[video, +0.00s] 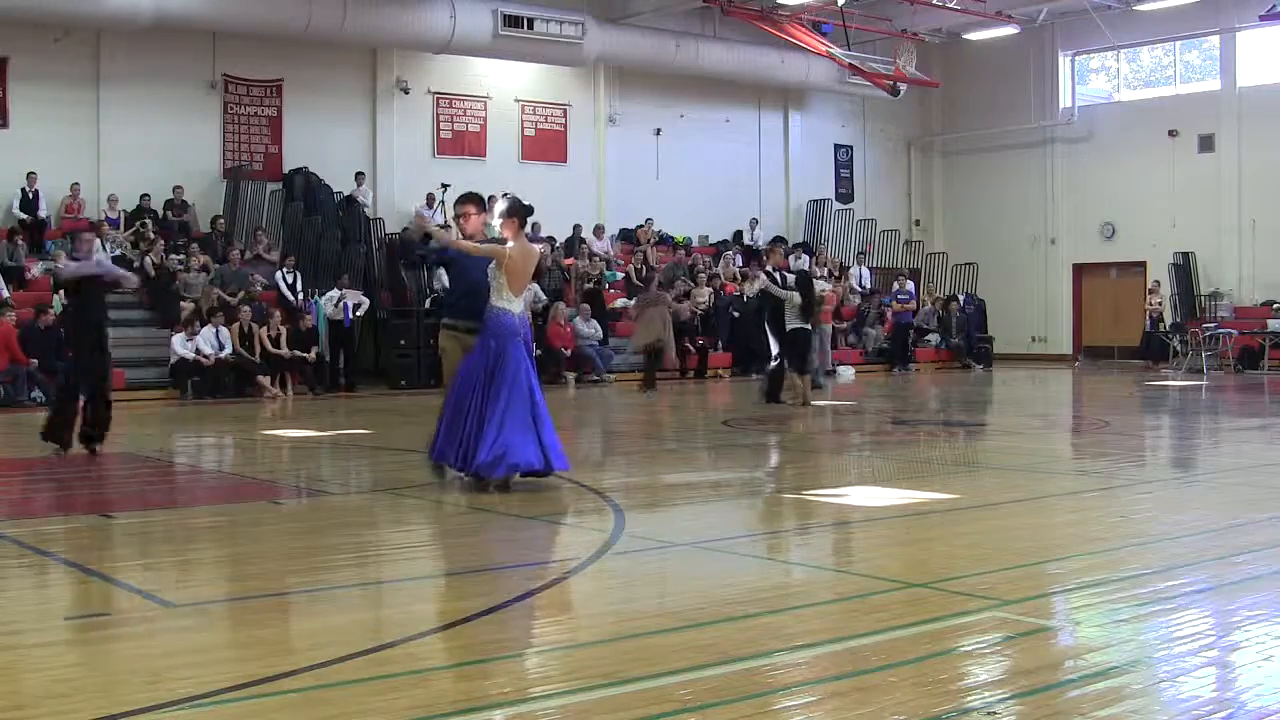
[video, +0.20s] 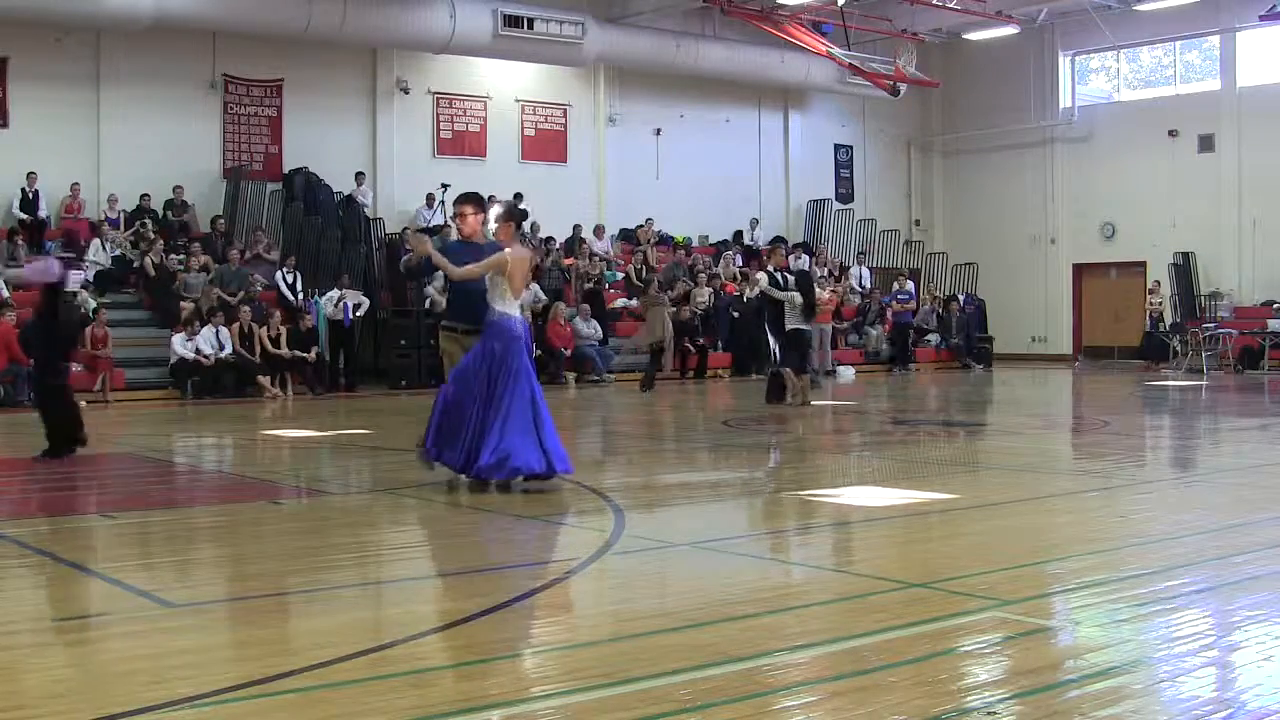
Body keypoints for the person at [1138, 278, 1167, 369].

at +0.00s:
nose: (1153, 288)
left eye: (1155, 286)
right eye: (1152, 286)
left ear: (1159, 287)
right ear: (1151, 287)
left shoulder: (1162, 297)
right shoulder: (1149, 297)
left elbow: (1162, 308)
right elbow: (1146, 306)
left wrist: (1151, 308)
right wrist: (1156, 307)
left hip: (1159, 318)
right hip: (1150, 318)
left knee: (1158, 338)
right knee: (1149, 337)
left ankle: (1156, 360)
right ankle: (1148, 360)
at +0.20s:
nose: (1154, 288)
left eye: (1156, 286)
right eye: (1153, 286)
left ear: (1159, 287)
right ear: (1152, 287)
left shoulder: (1162, 296)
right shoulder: (1149, 296)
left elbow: (1162, 308)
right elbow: (1146, 306)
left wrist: (1152, 309)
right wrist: (1157, 307)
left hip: (1159, 318)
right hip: (1151, 318)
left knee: (1159, 338)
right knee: (1150, 338)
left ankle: (1157, 360)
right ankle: (1150, 360)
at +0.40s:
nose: (1154, 288)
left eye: (1156, 286)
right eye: (1153, 286)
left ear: (1159, 287)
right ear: (1151, 287)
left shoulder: (1162, 296)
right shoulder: (1149, 296)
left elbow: (1162, 308)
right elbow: (1146, 307)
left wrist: (1150, 308)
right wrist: (1157, 307)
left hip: (1159, 319)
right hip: (1151, 319)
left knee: (1159, 339)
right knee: (1150, 339)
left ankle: (1157, 361)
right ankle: (1149, 361)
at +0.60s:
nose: (1154, 288)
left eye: (1156, 286)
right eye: (1153, 286)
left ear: (1159, 287)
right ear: (1151, 287)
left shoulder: (1162, 296)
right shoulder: (1149, 296)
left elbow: (1161, 308)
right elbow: (1146, 307)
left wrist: (1150, 308)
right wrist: (1157, 307)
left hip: (1159, 318)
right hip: (1151, 319)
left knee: (1158, 340)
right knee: (1150, 339)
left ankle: (1156, 361)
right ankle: (1149, 360)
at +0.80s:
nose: (1153, 288)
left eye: (1155, 286)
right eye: (1152, 286)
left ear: (1158, 287)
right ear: (1151, 287)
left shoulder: (1161, 296)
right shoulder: (1148, 296)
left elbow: (1161, 308)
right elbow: (1145, 306)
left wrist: (1150, 308)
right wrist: (1156, 307)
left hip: (1158, 318)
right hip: (1149, 318)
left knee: (1157, 339)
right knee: (1149, 338)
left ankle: (1156, 360)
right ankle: (1150, 360)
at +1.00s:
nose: (1153, 287)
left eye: (1154, 286)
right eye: (1152, 286)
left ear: (1158, 287)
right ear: (1151, 287)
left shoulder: (1160, 296)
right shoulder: (1148, 296)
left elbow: (1161, 308)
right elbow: (1145, 306)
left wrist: (1150, 309)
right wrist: (1156, 307)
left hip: (1157, 318)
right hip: (1149, 318)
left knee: (1156, 338)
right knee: (1149, 337)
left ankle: (1156, 360)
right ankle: (1150, 360)